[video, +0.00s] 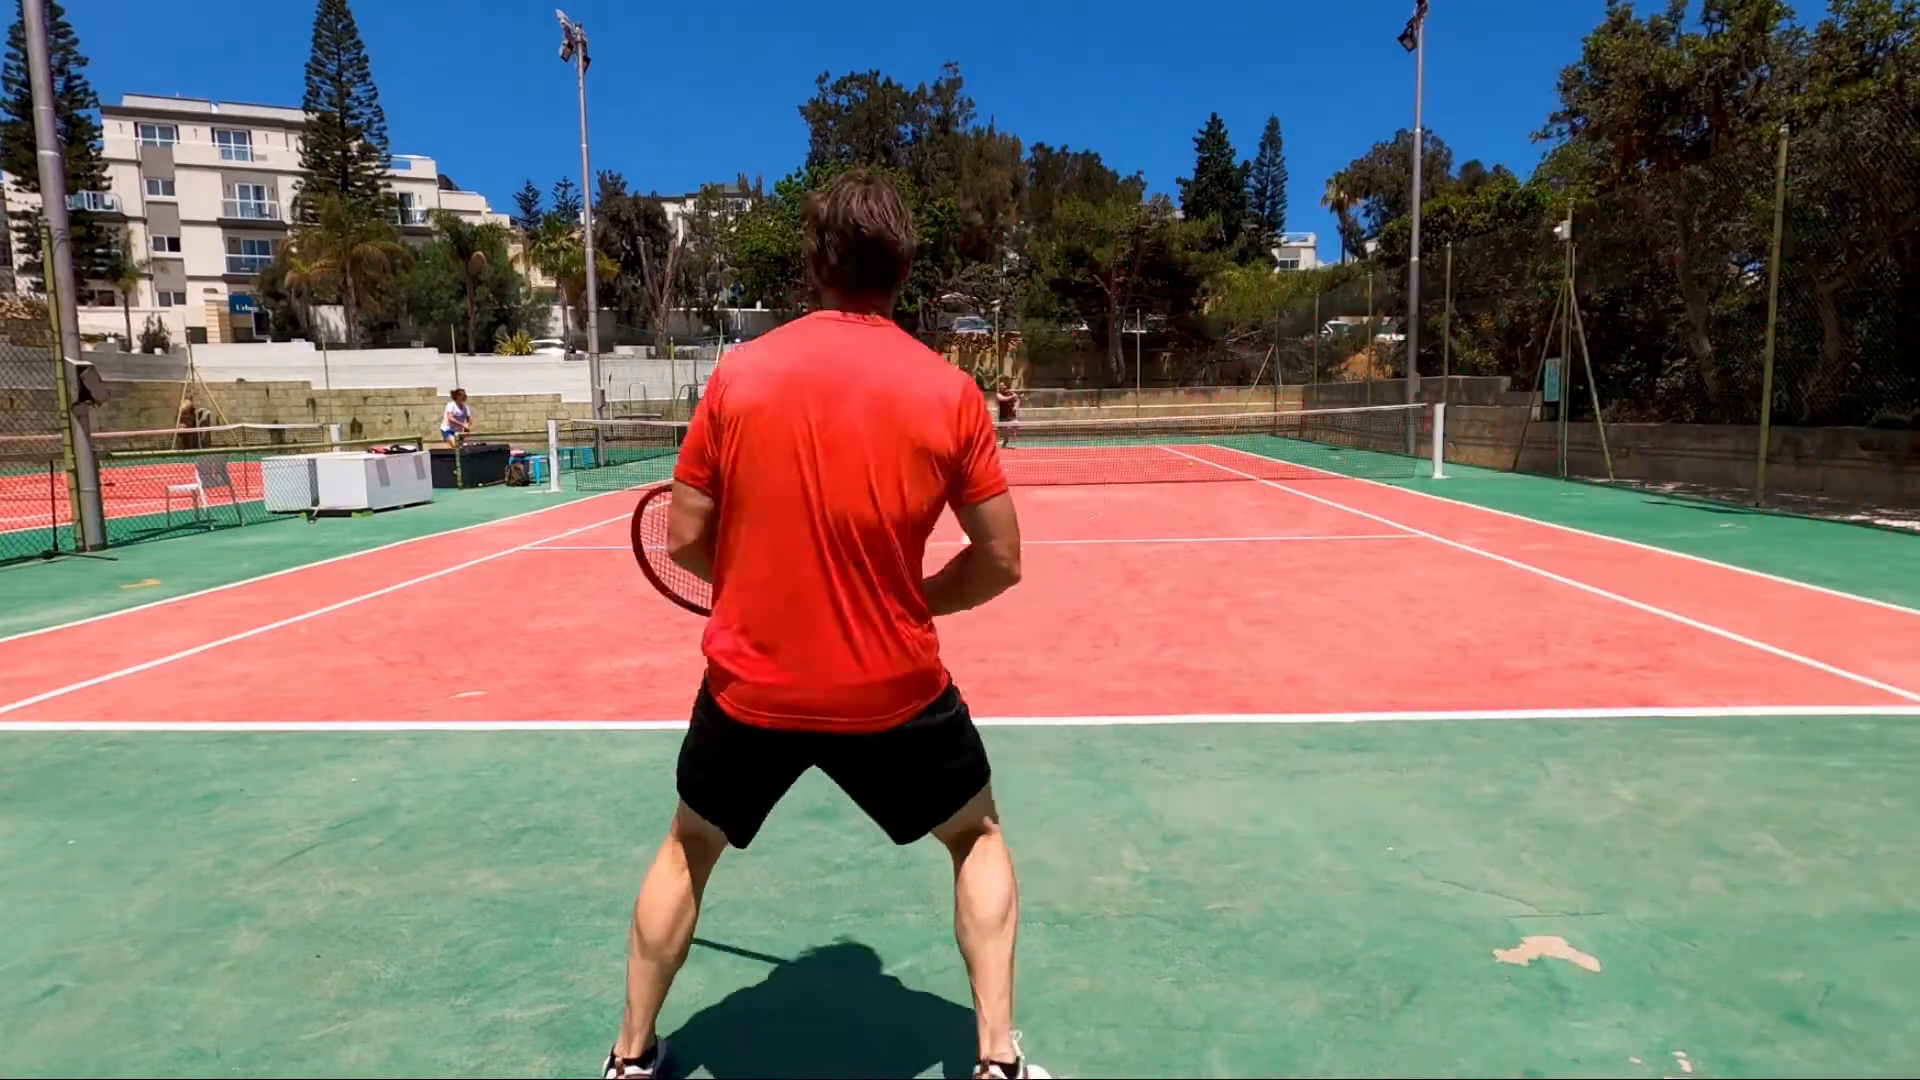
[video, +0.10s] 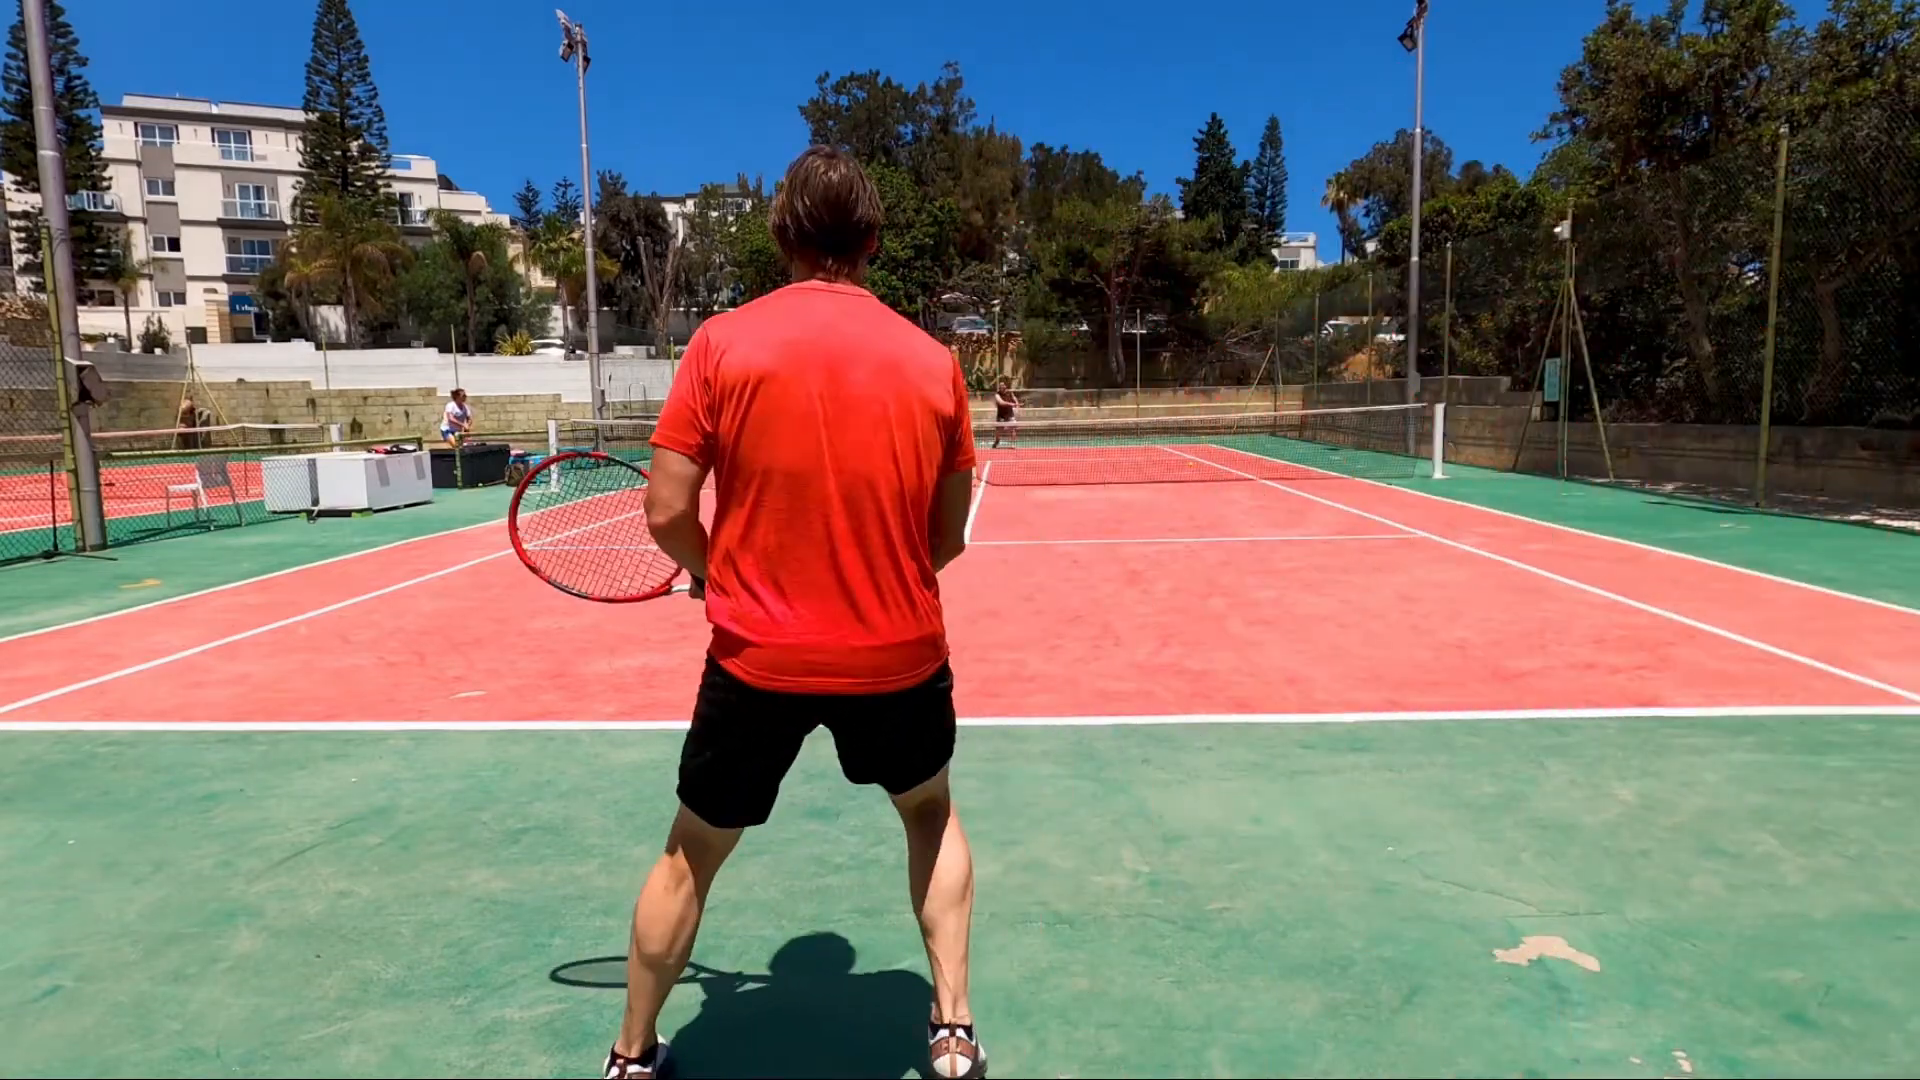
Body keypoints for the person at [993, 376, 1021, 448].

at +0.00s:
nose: (1002, 387)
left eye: (1004, 385)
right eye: (1000, 385)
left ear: (1007, 386)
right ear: (999, 386)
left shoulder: (1011, 393)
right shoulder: (999, 394)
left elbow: (1017, 399)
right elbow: (1001, 398)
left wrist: (1015, 406)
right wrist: (1012, 397)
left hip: (1011, 414)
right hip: (1003, 415)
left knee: (1011, 429)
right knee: (1004, 429)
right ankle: (1005, 441)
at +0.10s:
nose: (1002, 387)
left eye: (1003, 386)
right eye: (1001, 386)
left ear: (1006, 386)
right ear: (999, 387)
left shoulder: (1009, 393)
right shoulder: (997, 395)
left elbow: (1015, 399)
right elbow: (1001, 402)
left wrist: (1017, 405)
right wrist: (1011, 404)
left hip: (1010, 414)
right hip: (1001, 415)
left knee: (1013, 428)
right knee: (998, 429)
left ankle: (1013, 443)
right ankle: (997, 440)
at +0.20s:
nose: (1001, 389)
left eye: (1003, 387)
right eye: (1000, 387)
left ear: (1005, 387)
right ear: (998, 388)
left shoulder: (1008, 394)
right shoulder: (995, 396)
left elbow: (1014, 402)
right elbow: (996, 406)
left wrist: (1016, 409)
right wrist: (1005, 411)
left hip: (1008, 415)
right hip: (999, 416)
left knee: (1012, 429)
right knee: (996, 430)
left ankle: (1012, 443)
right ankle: (992, 441)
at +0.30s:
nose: (999, 390)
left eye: (1000, 388)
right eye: (997, 388)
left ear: (1002, 388)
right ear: (995, 389)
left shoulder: (1005, 395)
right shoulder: (992, 397)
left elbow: (1011, 403)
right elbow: (990, 407)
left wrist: (1012, 410)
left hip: (1005, 416)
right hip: (996, 417)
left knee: (1010, 428)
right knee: (995, 430)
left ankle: (1012, 443)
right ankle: (991, 441)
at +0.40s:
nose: (997, 389)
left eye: (998, 387)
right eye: (995, 387)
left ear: (1000, 388)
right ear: (992, 388)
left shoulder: (1003, 395)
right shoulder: (990, 396)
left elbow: (1007, 402)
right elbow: (985, 404)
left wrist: (1009, 409)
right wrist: (987, 412)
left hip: (1002, 415)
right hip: (993, 415)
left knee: (1007, 428)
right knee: (992, 429)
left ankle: (1009, 441)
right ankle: (991, 441)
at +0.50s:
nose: (995, 389)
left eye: (997, 387)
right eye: (994, 387)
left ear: (999, 388)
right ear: (991, 387)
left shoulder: (1002, 394)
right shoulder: (987, 394)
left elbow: (1006, 402)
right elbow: (983, 403)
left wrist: (1005, 409)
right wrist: (982, 411)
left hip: (1001, 415)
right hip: (992, 415)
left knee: (1005, 427)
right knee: (992, 429)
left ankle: (1003, 441)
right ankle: (990, 442)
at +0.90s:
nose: (993, 388)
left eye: (994, 386)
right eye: (991, 386)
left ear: (997, 387)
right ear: (989, 387)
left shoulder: (999, 392)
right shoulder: (986, 393)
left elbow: (1002, 401)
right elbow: (983, 401)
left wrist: (996, 407)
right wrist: (985, 407)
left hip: (995, 412)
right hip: (988, 412)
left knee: (996, 427)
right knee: (986, 427)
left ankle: (996, 441)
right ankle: (986, 441)